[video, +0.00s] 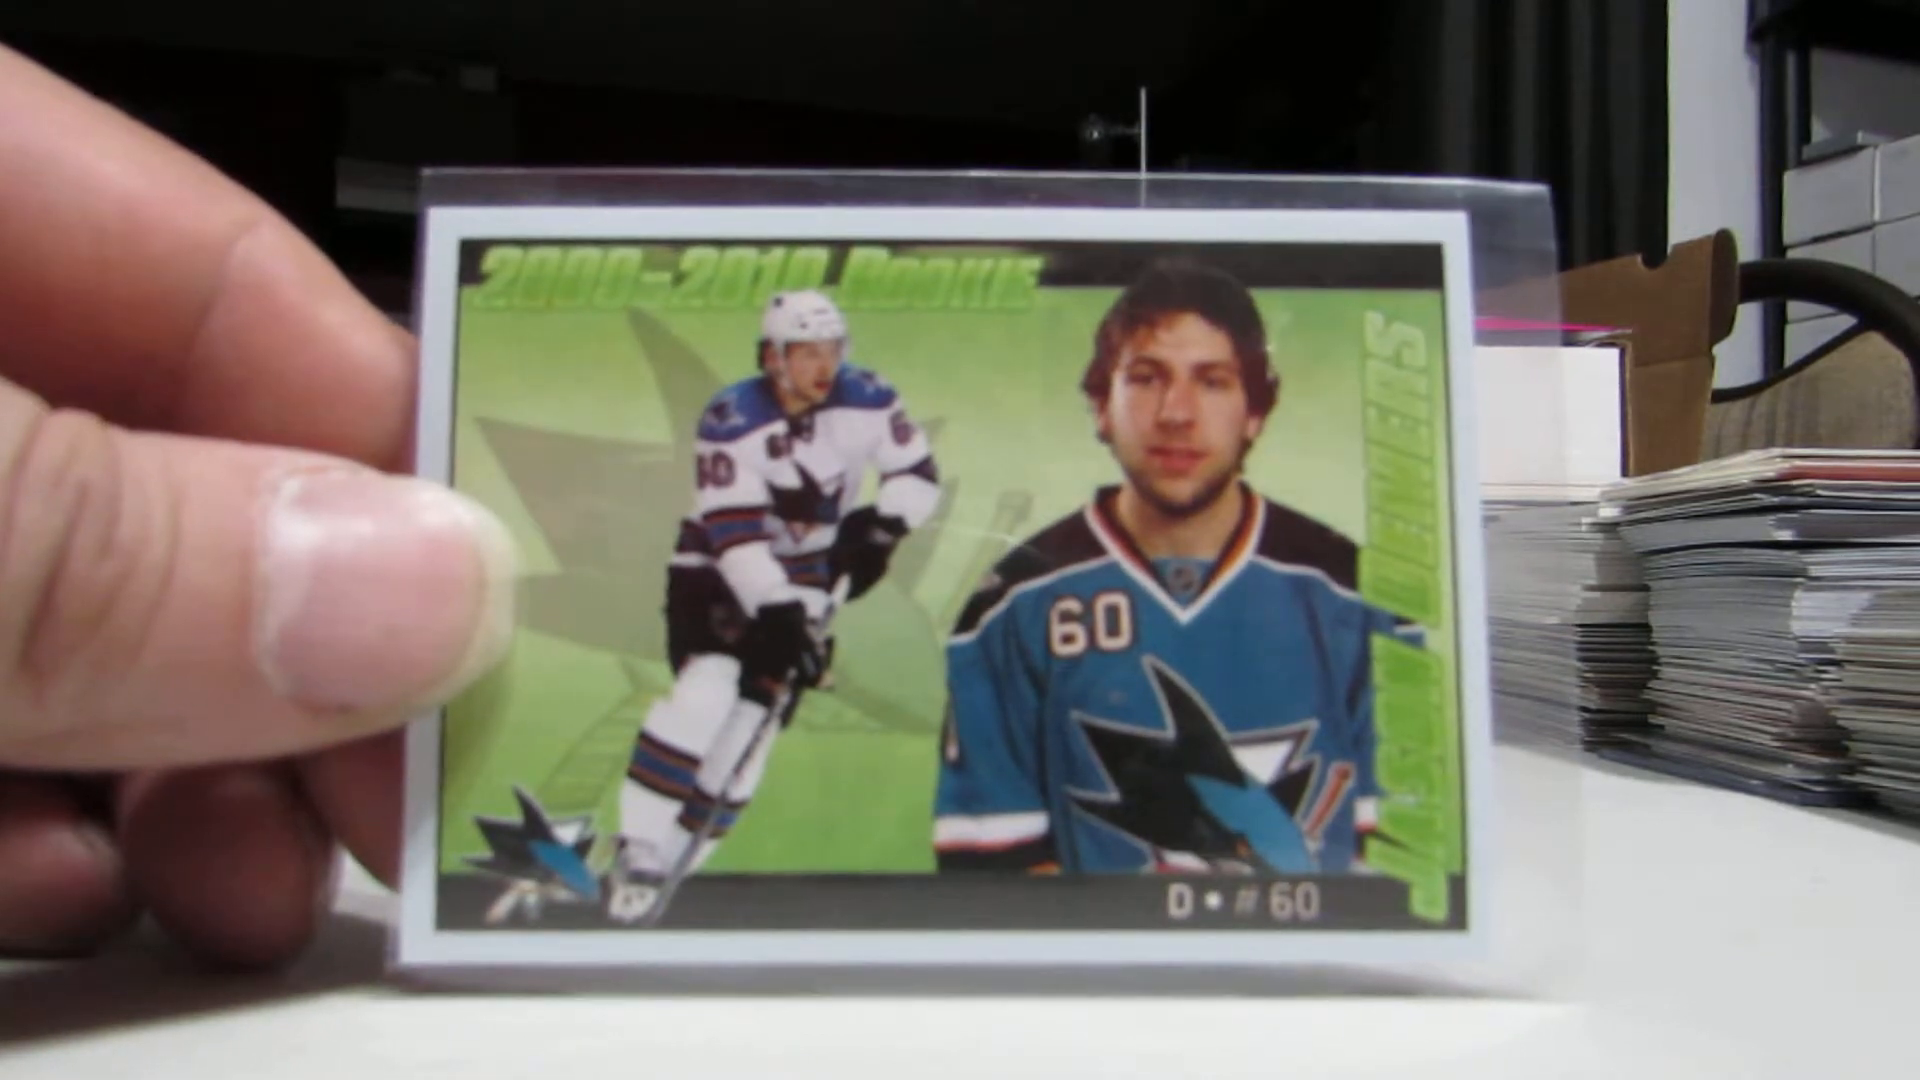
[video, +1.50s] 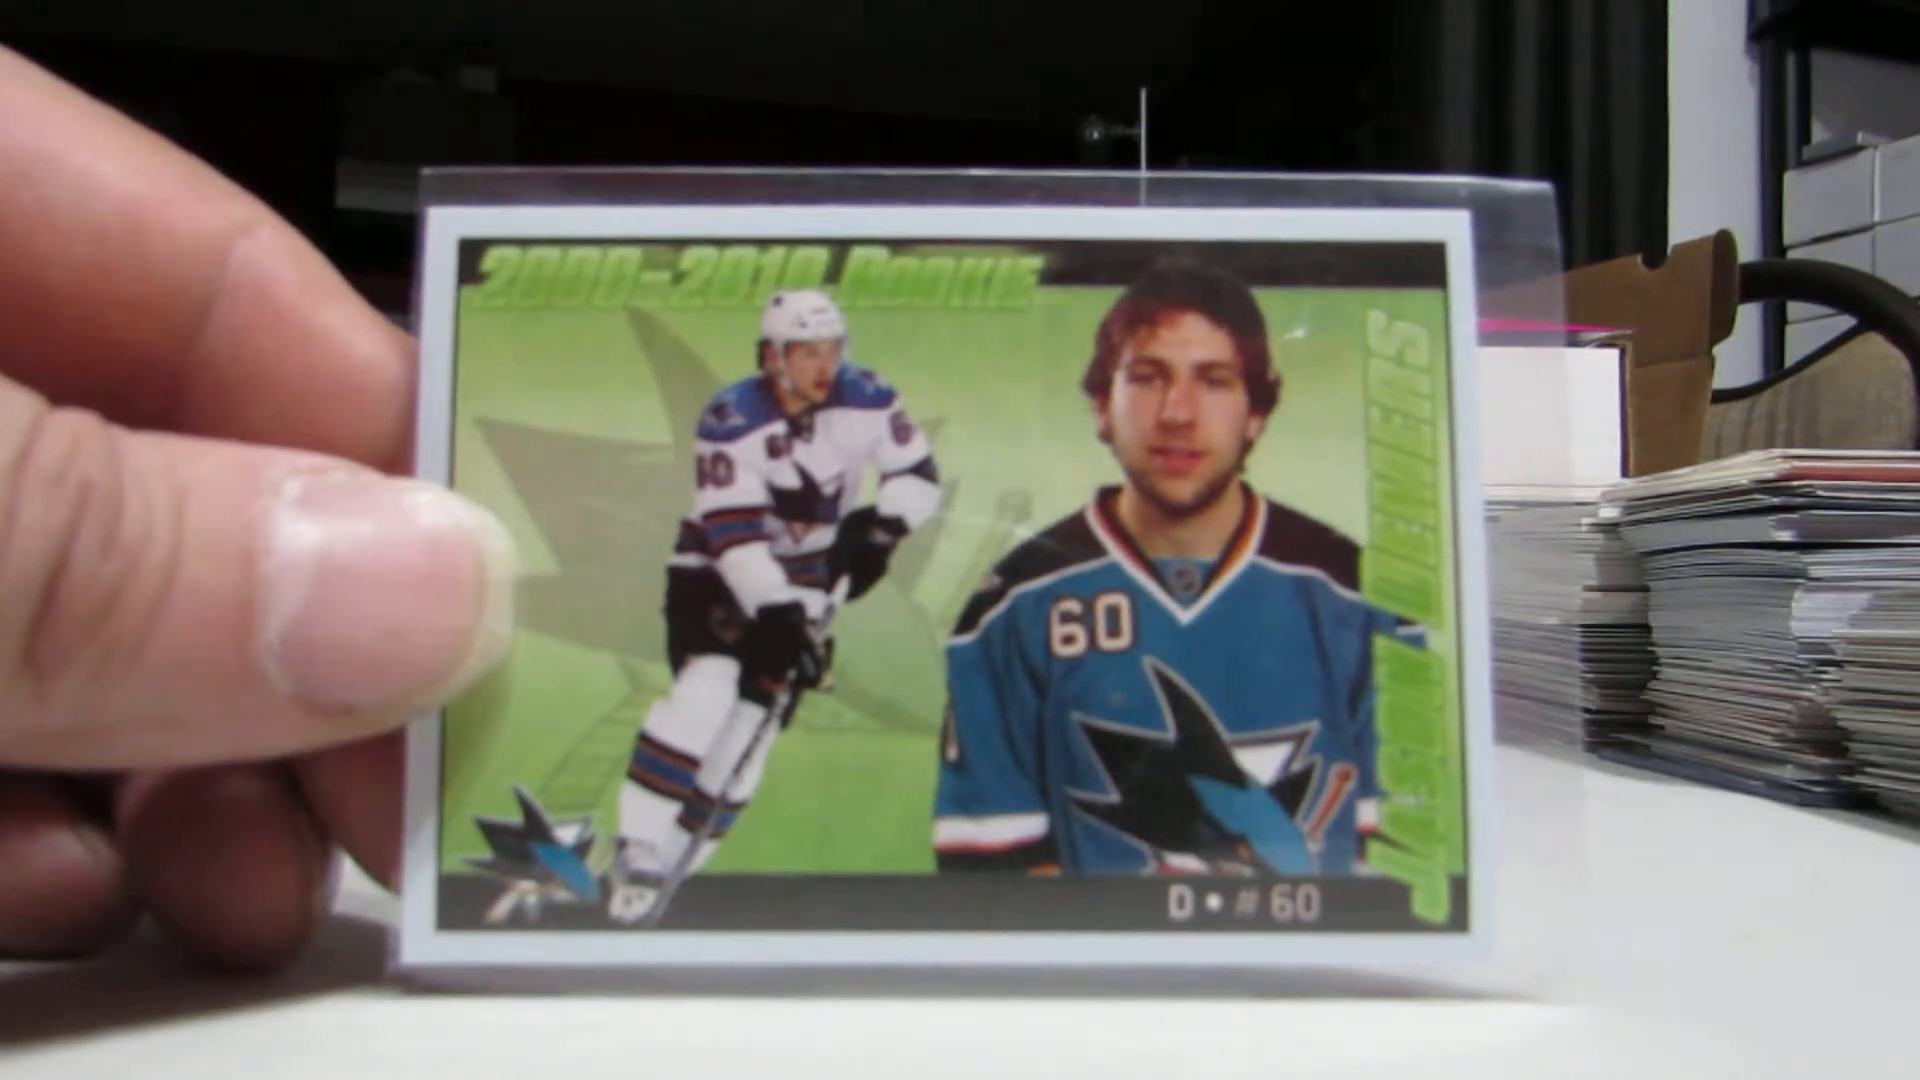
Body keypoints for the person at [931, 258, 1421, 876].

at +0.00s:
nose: (1176, 411)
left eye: (1211, 381)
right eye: (1146, 378)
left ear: (1254, 413)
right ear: (1102, 407)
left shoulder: (1354, 589)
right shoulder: (1017, 604)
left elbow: (1400, 851)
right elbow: (992, 872)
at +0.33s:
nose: (1177, 410)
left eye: (1212, 380)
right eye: (1147, 377)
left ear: (1256, 413)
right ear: (1102, 407)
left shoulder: (1357, 591)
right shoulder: (1016, 606)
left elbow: (1402, 854)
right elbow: (994, 873)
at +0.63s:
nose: (1177, 410)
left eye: (1212, 380)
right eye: (1147, 376)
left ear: (1255, 413)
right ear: (1103, 407)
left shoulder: (1355, 589)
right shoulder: (1016, 605)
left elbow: (1402, 853)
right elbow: (994, 874)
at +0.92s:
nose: (1177, 411)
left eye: (1212, 381)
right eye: (1147, 377)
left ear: (1255, 414)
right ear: (1103, 407)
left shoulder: (1355, 588)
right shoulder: (1017, 605)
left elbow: (1402, 852)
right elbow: (994, 873)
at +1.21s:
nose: (1177, 411)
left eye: (1212, 380)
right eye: (1147, 377)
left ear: (1255, 414)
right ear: (1102, 407)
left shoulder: (1355, 589)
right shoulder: (1017, 605)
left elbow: (1400, 854)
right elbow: (994, 875)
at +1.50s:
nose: (1177, 411)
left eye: (1213, 380)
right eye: (1147, 377)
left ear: (1255, 414)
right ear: (1102, 407)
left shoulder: (1355, 589)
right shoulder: (1017, 605)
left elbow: (1400, 855)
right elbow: (994, 874)